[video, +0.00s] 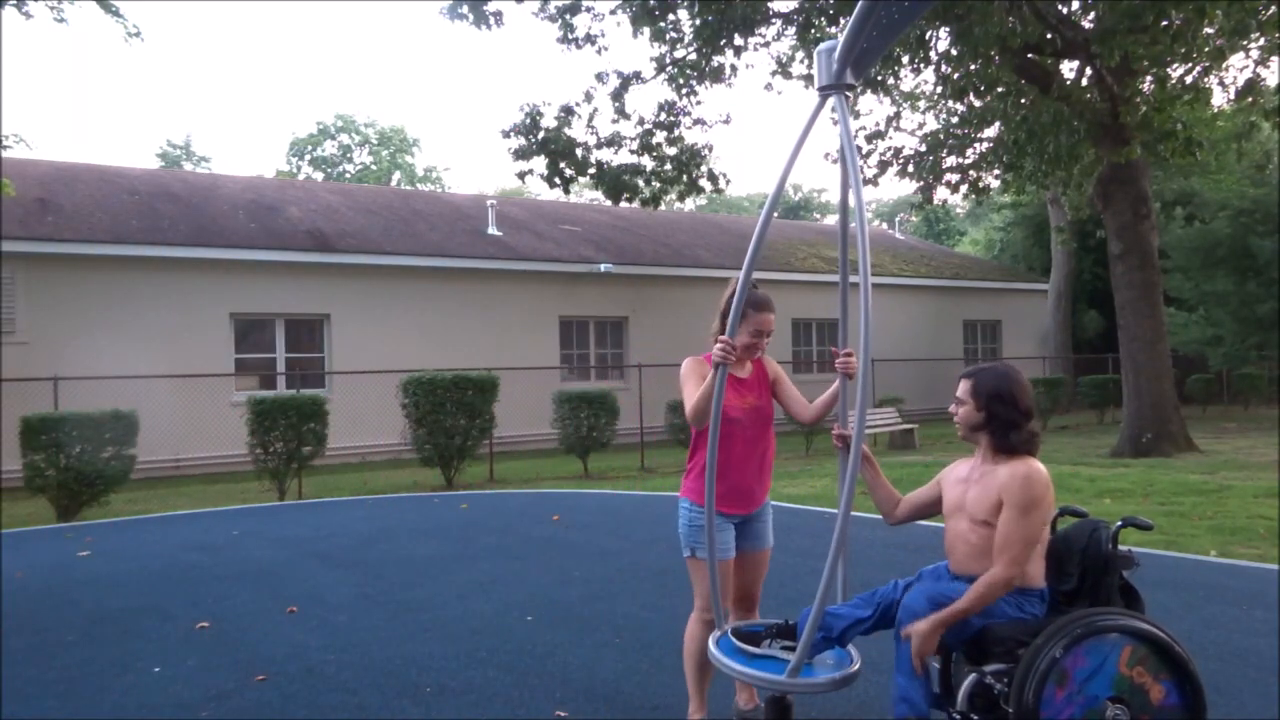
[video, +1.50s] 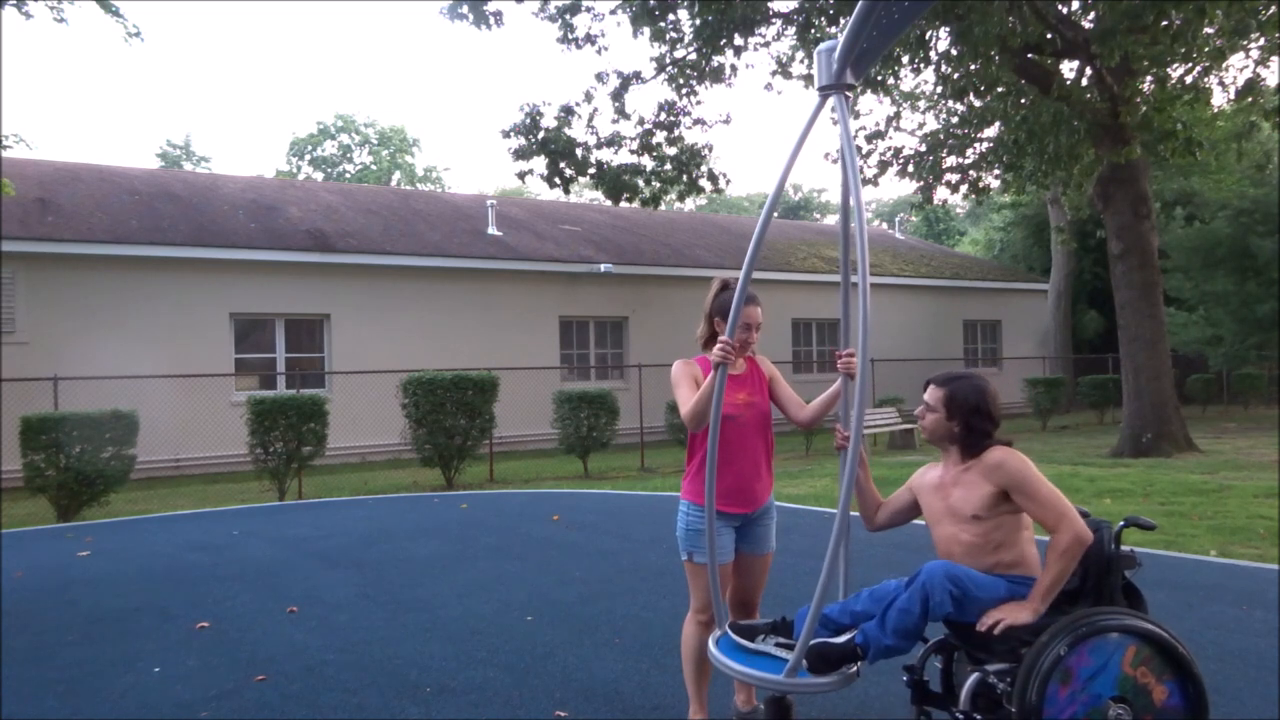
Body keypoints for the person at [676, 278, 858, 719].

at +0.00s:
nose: (763, 342)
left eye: (768, 334)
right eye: (755, 333)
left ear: (771, 330)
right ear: (729, 325)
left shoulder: (767, 367)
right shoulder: (698, 365)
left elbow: (808, 414)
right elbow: (696, 416)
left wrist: (842, 380)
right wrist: (718, 370)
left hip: (755, 506)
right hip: (706, 507)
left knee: (747, 605)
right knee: (709, 613)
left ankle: (747, 693)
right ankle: (697, 708)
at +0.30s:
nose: (761, 339)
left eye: (766, 330)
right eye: (752, 330)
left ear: (768, 326)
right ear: (725, 325)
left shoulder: (765, 366)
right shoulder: (694, 366)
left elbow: (807, 415)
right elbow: (694, 417)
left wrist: (842, 381)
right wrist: (718, 371)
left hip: (759, 507)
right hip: (707, 508)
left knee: (747, 607)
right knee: (707, 614)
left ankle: (746, 695)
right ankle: (697, 709)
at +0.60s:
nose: (757, 337)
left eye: (761, 328)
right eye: (749, 328)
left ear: (764, 326)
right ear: (720, 323)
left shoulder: (763, 366)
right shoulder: (692, 367)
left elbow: (805, 417)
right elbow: (694, 419)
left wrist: (841, 381)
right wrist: (718, 370)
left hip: (761, 508)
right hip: (708, 509)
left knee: (748, 608)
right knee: (707, 615)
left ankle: (746, 694)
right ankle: (697, 709)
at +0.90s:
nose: (757, 338)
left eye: (762, 329)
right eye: (748, 329)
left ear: (765, 326)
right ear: (720, 324)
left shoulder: (763, 366)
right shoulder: (691, 367)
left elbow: (805, 417)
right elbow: (693, 420)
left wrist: (843, 381)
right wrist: (718, 371)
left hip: (761, 508)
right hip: (708, 509)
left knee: (747, 608)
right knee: (706, 615)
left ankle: (746, 693)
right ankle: (697, 709)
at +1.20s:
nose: (756, 338)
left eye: (761, 329)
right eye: (748, 329)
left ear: (764, 326)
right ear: (719, 324)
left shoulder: (762, 367)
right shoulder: (689, 367)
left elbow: (804, 417)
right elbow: (693, 418)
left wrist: (842, 381)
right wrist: (718, 370)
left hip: (759, 508)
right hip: (706, 509)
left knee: (747, 608)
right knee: (705, 615)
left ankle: (746, 695)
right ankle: (697, 709)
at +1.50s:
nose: (752, 336)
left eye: (757, 327)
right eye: (744, 327)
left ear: (761, 325)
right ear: (717, 324)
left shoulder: (761, 366)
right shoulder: (688, 367)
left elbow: (805, 416)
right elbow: (692, 418)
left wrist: (843, 381)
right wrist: (719, 370)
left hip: (758, 507)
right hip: (705, 509)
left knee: (746, 608)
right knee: (705, 614)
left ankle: (745, 695)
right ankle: (697, 709)